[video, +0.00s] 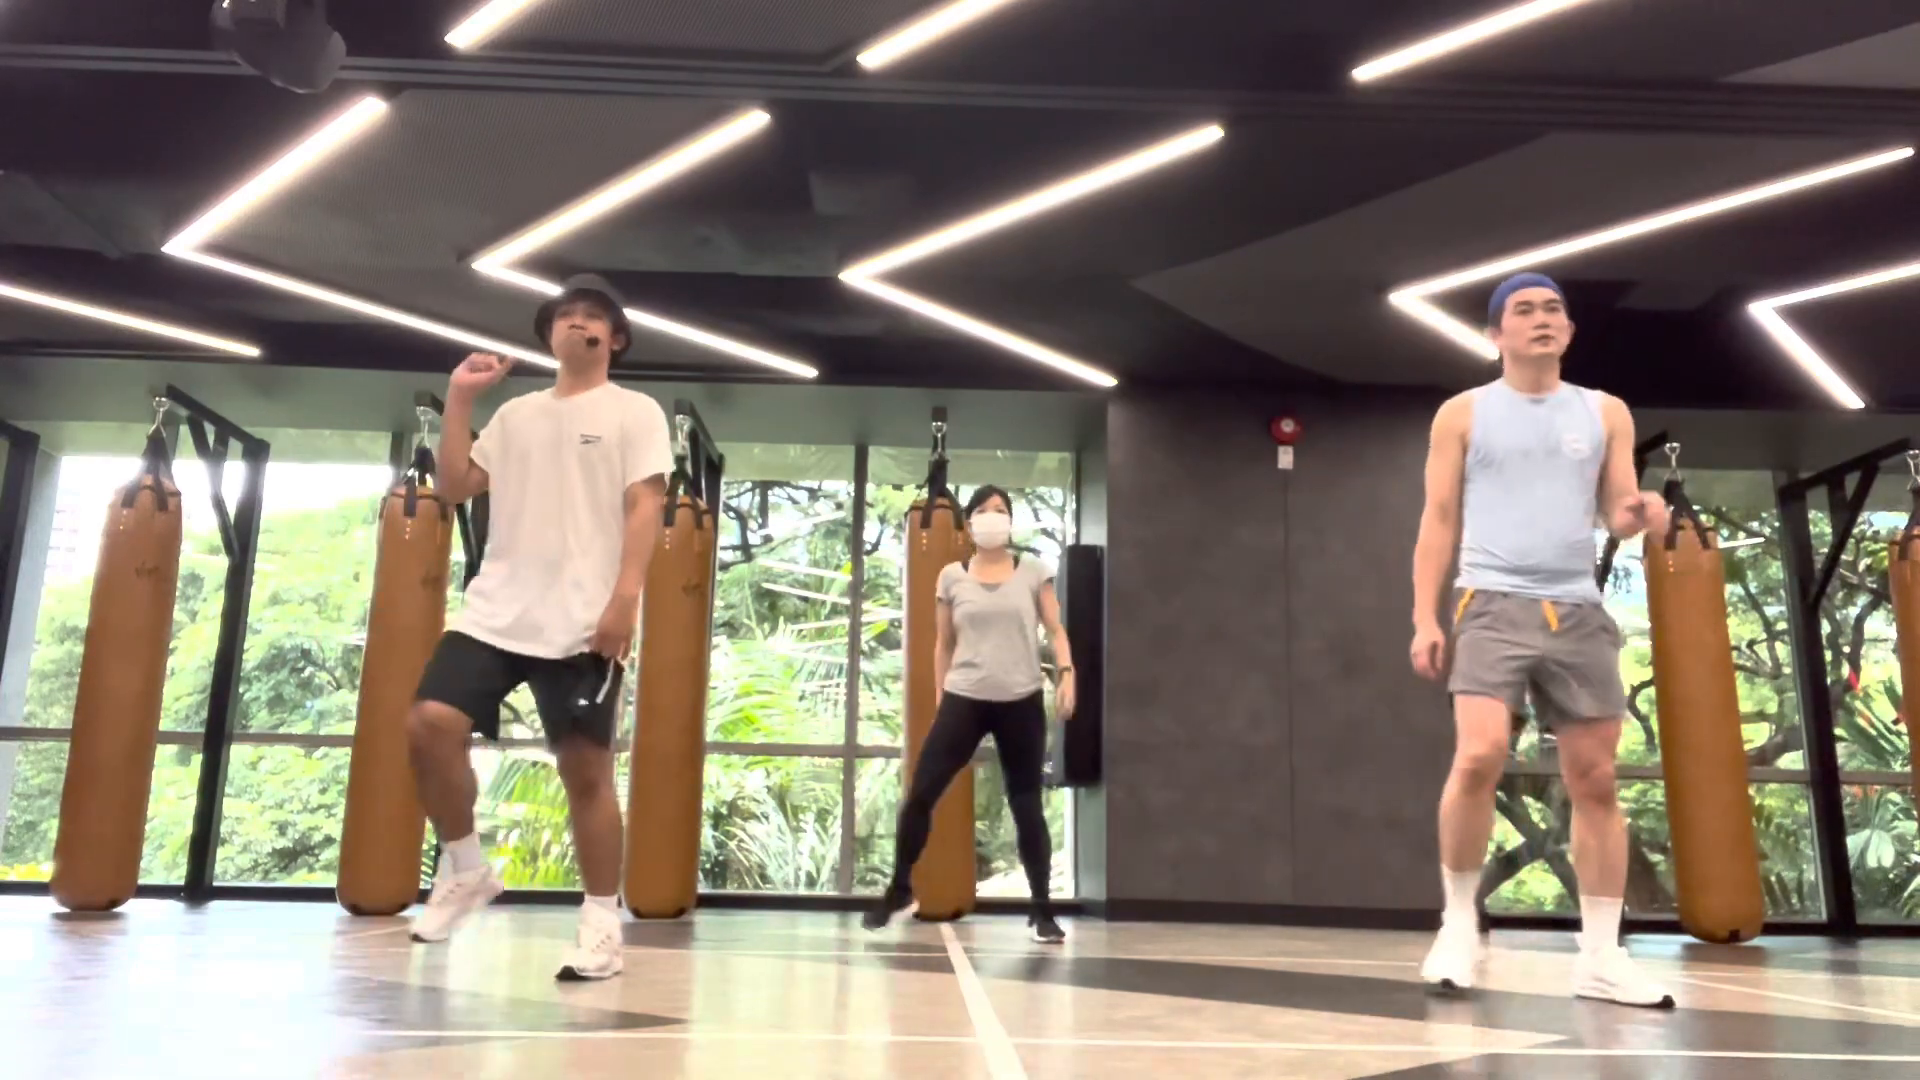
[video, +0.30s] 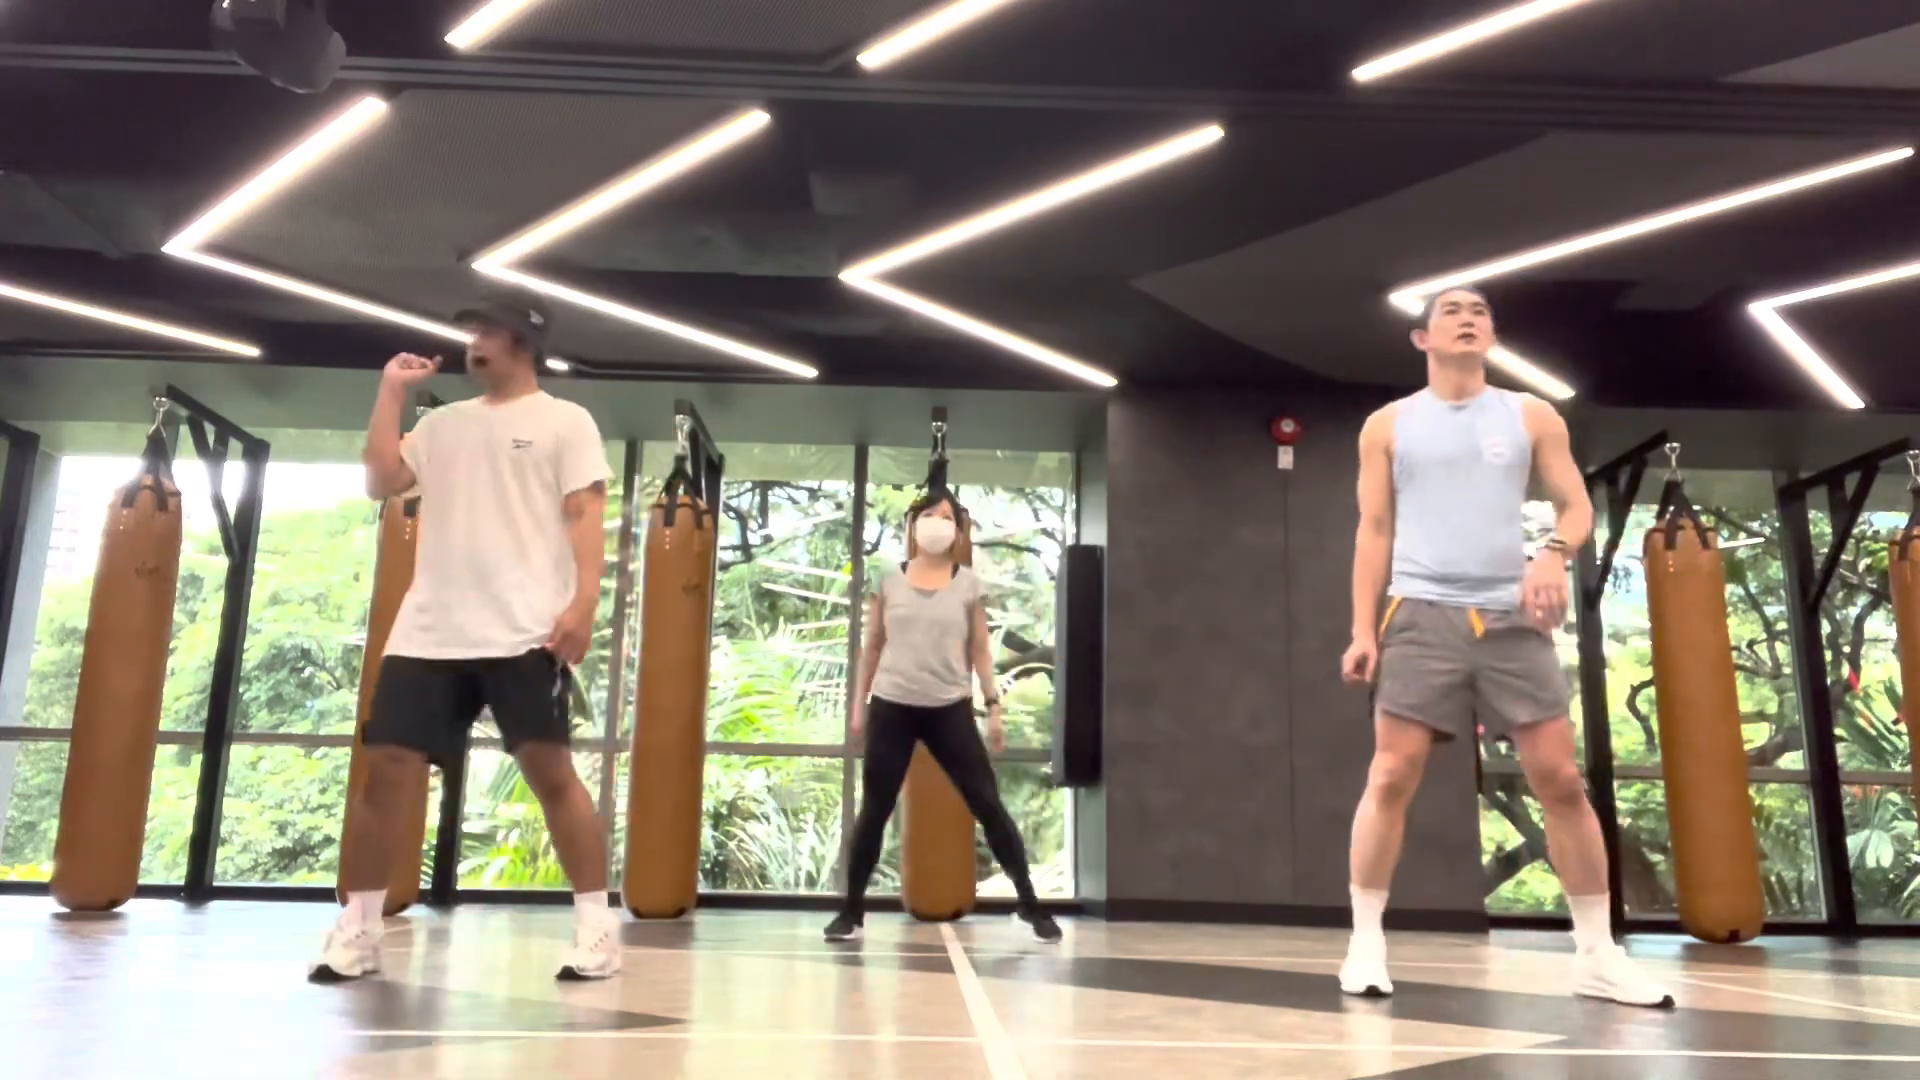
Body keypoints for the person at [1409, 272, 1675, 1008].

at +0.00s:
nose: (1541, 318)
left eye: (1552, 308)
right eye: (1524, 309)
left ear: (1570, 330)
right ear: (1497, 333)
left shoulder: (1607, 413)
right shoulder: (1461, 414)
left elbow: (1619, 516)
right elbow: (1439, 519)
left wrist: (1637, 511)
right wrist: (1427, 615)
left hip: (1581, 617)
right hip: (1489, 613)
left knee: (1595, 781)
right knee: (1479, 758)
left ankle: (1601, 958)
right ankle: (1459, 924)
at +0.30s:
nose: (1469, 320)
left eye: (1480, 314)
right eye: (1453, 313)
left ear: (1495, 340)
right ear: (1423, 339)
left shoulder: (1531, 415)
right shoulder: (1386, 424)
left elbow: (1577, 507)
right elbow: (1373, 528)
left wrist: (1552, 552)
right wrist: (1364, 626)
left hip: (1514, 622)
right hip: (1420, 623)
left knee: (1561, 782)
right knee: (1390, 777)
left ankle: (1597, 955)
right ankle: (1366, 944)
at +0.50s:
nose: (1427, 315)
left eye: (1438, 309)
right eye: (1411, 306)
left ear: (1451, 337)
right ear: (1379, 333)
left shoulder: (1486, 415)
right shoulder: (1343, 421)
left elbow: (1492, 513)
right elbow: (1320, 525)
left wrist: (1484, 573)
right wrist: (1305, 620)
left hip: (1464, 612)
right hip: (1377, 613)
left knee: (1521, 772)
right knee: (1366, 774)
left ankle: (1541, 932)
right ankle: (1363, 943)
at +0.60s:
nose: (1418, 317)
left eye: (1429, 310)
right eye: (1402, 309)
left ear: (1442, 336)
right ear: (1370, 334)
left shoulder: (1473, 415)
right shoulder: (1335, 421)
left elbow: (1482, 511)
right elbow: (1306, 525)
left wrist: (1478, 569)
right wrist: (1284, 620)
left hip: (1454, 613)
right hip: (1368, 613)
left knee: (1479, 771)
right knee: (1362, 774)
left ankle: (1467, 921)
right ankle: (1363, 944)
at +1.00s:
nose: (1441, 326)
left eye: (1450, 318)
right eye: (1426, 313)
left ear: (1456, 336)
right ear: (1388, 328)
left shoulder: (1475, 421)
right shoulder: (1347, 412)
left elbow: (1480, 520)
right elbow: (1322, 514)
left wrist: (1501, 585)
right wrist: (1327, 605)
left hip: (1474, 611)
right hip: (1389, 611)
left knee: (1535, 762)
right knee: (1370, 774)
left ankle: (1517, 928)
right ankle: (1363, 946)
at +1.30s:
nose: (1511, 325)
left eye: (1518, 316)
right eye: (1492, 318)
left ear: (1531, 337)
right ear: (1460, 345)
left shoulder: (1556, 422)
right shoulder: (1436, 421)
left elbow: (1554, 508)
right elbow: (1396, 518)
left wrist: (1572, 576)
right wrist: (1384, 608)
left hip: (1555, 623)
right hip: (1470, 623)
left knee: (1608, 777)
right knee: (1420, 780)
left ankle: (1628, 958)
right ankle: (1371, 942)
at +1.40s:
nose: (1533, 319)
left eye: (1539, 309)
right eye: (1513, 313)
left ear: (1554, 329)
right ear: (1485, 342)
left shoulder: (1586, 421)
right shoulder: (1460, 415)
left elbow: (1596, 499)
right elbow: (1416, 513)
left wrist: (1610, 549)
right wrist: (1408, 603)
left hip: (1581, 620)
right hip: (1495, 618)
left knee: (1620, 776)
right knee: (1462, 776)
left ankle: (1630, 958)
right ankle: (1416, 931)